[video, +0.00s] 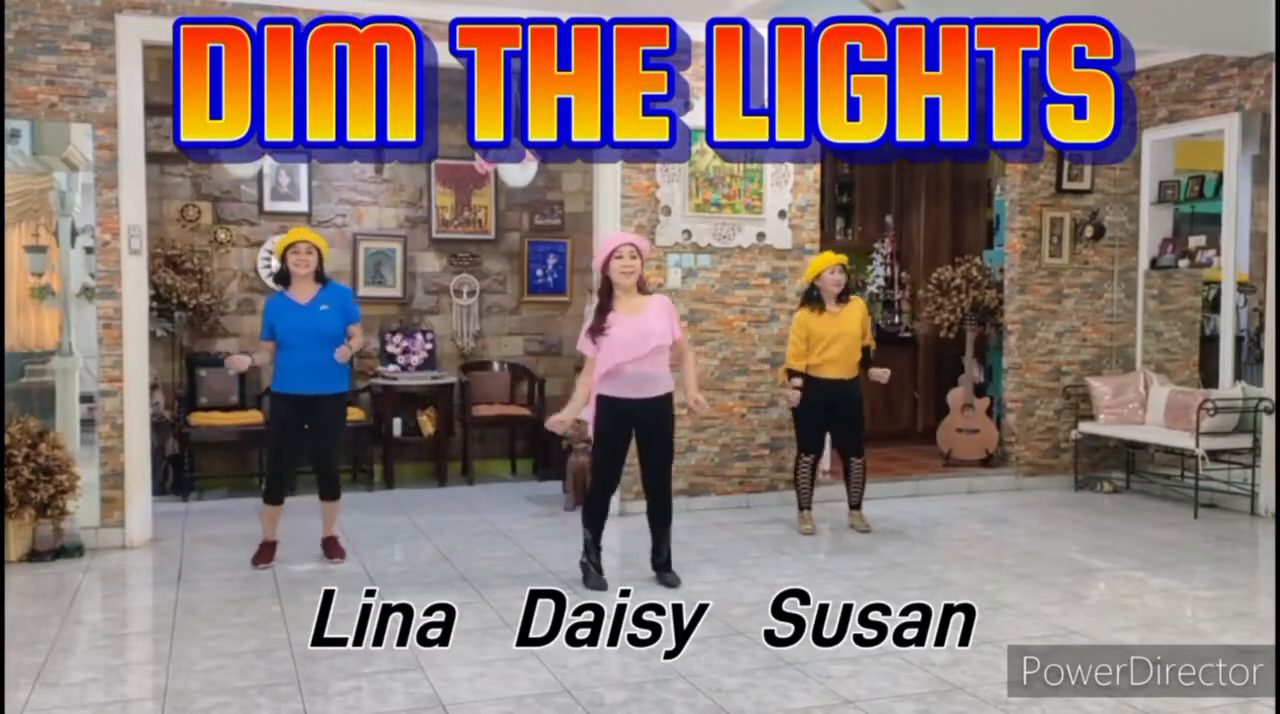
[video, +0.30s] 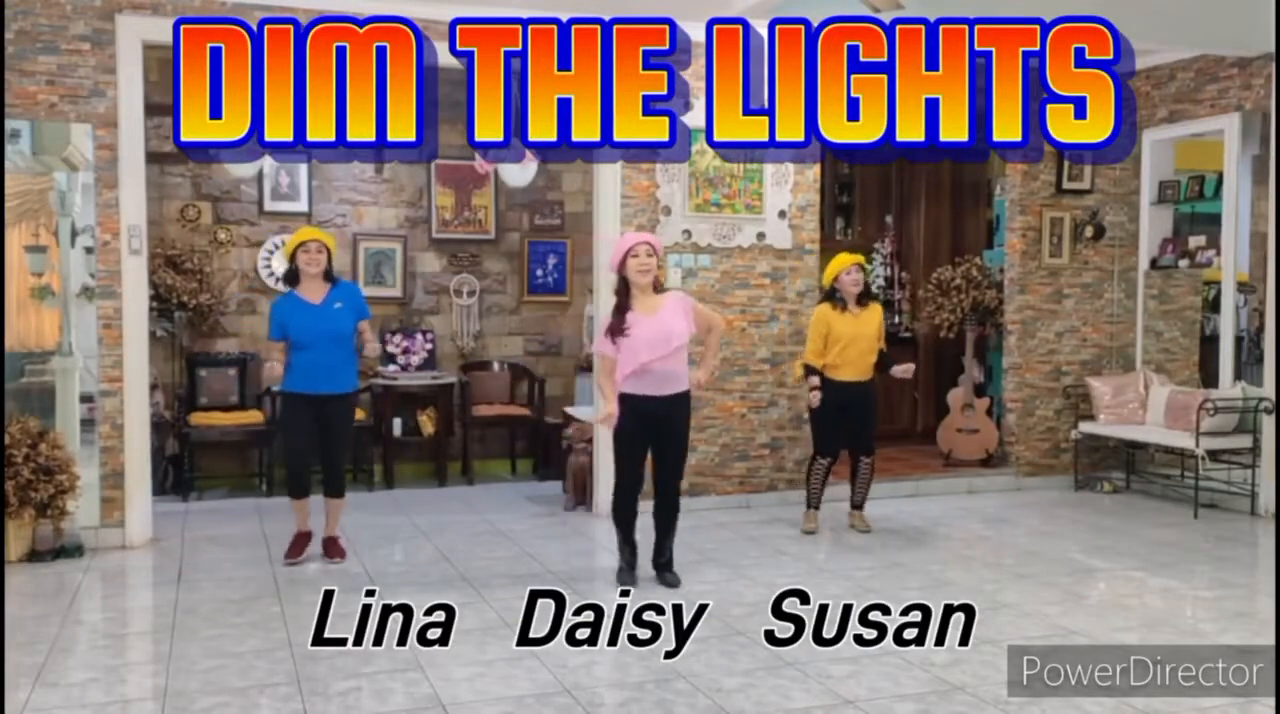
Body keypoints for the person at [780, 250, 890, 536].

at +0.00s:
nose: (838, 277)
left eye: (841, 272)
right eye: (831, 272)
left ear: (846, 277)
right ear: (817, 280)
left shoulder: (857, 307)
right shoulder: (805, 315)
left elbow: (866, 341)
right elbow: (796, 354)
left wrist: (870, 367)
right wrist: (796, 385)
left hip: (847, 387)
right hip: (813, 387)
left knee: (854, 450)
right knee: (809, 451)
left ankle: (855, 510)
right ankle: (805, 511)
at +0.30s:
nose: (856, 278)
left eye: (859, 272)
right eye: (848, 273)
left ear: (864, 277)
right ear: (835, 282)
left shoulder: (875, 311)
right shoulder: (824, 313)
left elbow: (878, 350)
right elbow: (813, 353)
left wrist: (893, 368)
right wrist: (814, 385)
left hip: (863, 389)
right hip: (831, 388)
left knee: (864, 451)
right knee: (826, 452)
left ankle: (857, 511)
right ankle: (812, 510)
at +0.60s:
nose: (863, 277)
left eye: (867, 272)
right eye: (856, 273)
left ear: (872, 277)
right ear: (843, 280)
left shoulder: (880, 313)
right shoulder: (829, 309)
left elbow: (882, 355)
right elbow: (816, 351)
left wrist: (898, 373)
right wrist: (825, 378)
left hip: (867, 388)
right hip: (834, 387)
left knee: (864, 451)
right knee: (835, 451)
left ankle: (857, 510)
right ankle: (832, 510)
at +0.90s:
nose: (861, 277)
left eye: (866, 271)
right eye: (854, 272)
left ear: (871, 278)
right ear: (842, 281)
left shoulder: (882, 314)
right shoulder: (827, 311)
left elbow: (889, 351)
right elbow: (811, 352)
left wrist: (900, 370)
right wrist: (818, 377)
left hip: (865, 391)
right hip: (830, 391)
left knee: (864, 453)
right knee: (825, 452)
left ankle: (857, 511)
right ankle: (817, 509)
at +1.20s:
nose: (848, 276)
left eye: (852, 271)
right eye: (841, 272)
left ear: (858, 278)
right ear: (828, 280)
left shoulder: (867, 314)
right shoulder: (813, 310)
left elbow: (869, 352)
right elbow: (795, 348)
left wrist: (870, 379)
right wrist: (787, 382)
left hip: (850, 389)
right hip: (813, 387)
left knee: (853, 452)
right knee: (811, 453)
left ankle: (855, 510)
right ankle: (807, 513)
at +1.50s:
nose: (834, 277)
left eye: (837, 272)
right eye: (826, 273)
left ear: (843, 277)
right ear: (813, 281)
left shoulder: (855, 310)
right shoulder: (799, 313)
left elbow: (864, 346)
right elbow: (778, 344)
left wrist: (859, 375)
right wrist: (764, 363)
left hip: (837, 391)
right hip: (800, 390)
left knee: (845, 453)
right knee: (803, 453)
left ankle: (842, 509)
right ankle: (806, 514)